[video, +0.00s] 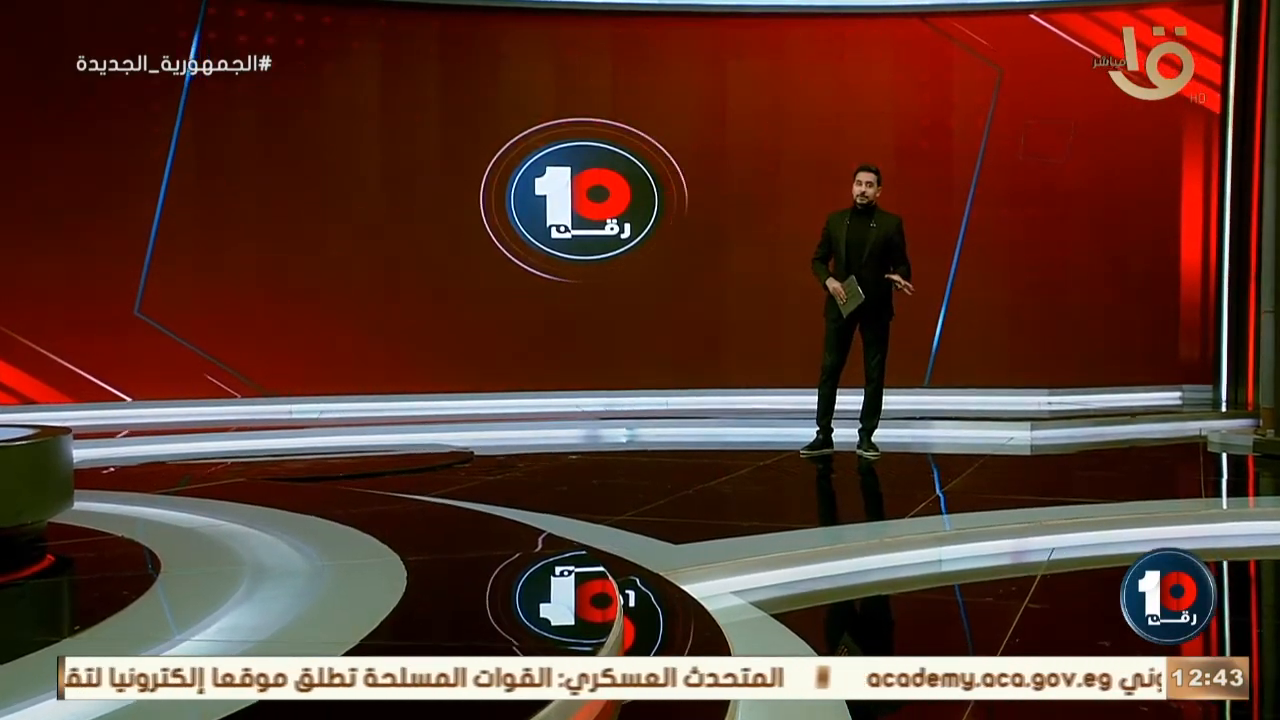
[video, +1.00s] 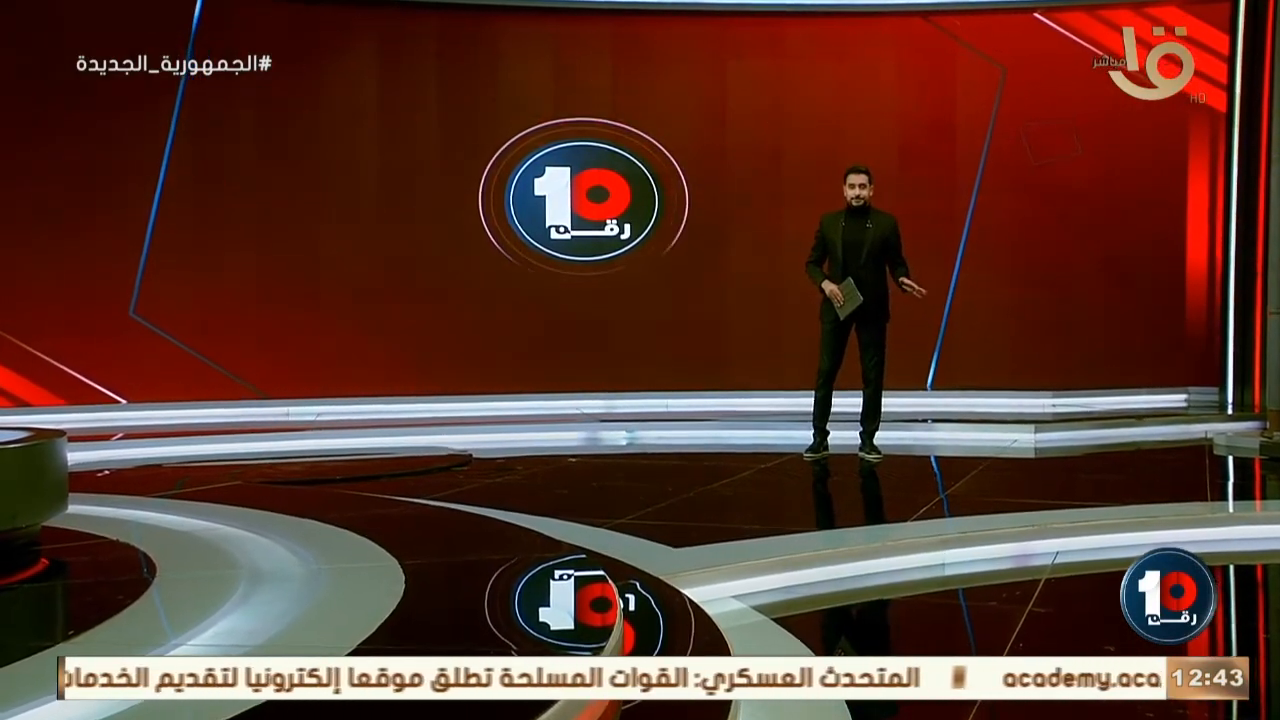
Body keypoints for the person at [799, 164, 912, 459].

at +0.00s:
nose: (863, 189)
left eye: (869, 185)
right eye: (859, 183)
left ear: (878, 190)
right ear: (852, 187)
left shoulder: (892, 224)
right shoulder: (836, 221)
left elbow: (902, 264)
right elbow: (818, 261)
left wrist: (900, 277)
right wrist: (828, 281)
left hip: (876, 309)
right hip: (841, 307)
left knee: (874, 376)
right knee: (829, 370)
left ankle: (866, 438)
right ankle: (823, 435)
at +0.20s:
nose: (863, 189)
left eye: (870, 184)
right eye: (860, 183)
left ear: (879, 190)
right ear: (853, 187)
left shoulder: (893, 224)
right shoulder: (837, 221)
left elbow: (903, 265)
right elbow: (819, 263)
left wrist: (902, 278)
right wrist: (830, 281)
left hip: (878, 310)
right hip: (842, 308)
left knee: (875, 377)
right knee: (830, 371)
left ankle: (866, 438)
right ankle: (824, 435)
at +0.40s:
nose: (865, 189)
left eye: (871, 185)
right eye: (861, 183)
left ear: (880, 190)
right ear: (853, 187)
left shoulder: (892, 224)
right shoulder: (837, 222)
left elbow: (903, 262)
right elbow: (821, 262)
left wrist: (904, 277)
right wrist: (830, 282)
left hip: (878, 309)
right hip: (842, 307)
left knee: (875, 376)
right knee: (830, 371)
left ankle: (867, 438)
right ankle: (824, 436)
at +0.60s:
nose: (864, 190)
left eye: (869, 185)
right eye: (859, 185)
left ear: (878, 190)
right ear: (851, 189)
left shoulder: (892, 224)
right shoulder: (837, 223)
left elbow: (903, 262)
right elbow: (820, 263)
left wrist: (911, 277)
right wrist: (830, 282)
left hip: (878, 308)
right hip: (842, 306)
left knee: (875, 375)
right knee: (830, 370)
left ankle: (867, 438)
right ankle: (823, 436)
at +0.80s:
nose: (861, 192)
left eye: (867, 186)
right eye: (856, 186)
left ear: (876, 190)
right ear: (849, 190)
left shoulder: (891, 224)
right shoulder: (835, 223)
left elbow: (901, 261)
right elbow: (818, 265)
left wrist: (908, 278)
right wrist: (828, 283)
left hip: (877, 308)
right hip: (840, 307)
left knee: (875, 376)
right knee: (828, 369)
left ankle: (867, 438)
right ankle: (818, 435)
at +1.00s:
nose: (857, 192)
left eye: (862, 186)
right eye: (852, 186)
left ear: (871, 190)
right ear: (844, 190)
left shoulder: (886, 223)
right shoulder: (830, 223)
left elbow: (896, 261)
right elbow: (812, 265)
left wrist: (903, 278)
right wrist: (825, 283)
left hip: (873, 308)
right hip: (836, 307)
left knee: (873, 376)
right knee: (826, 372)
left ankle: (868, 440)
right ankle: (819, 437)